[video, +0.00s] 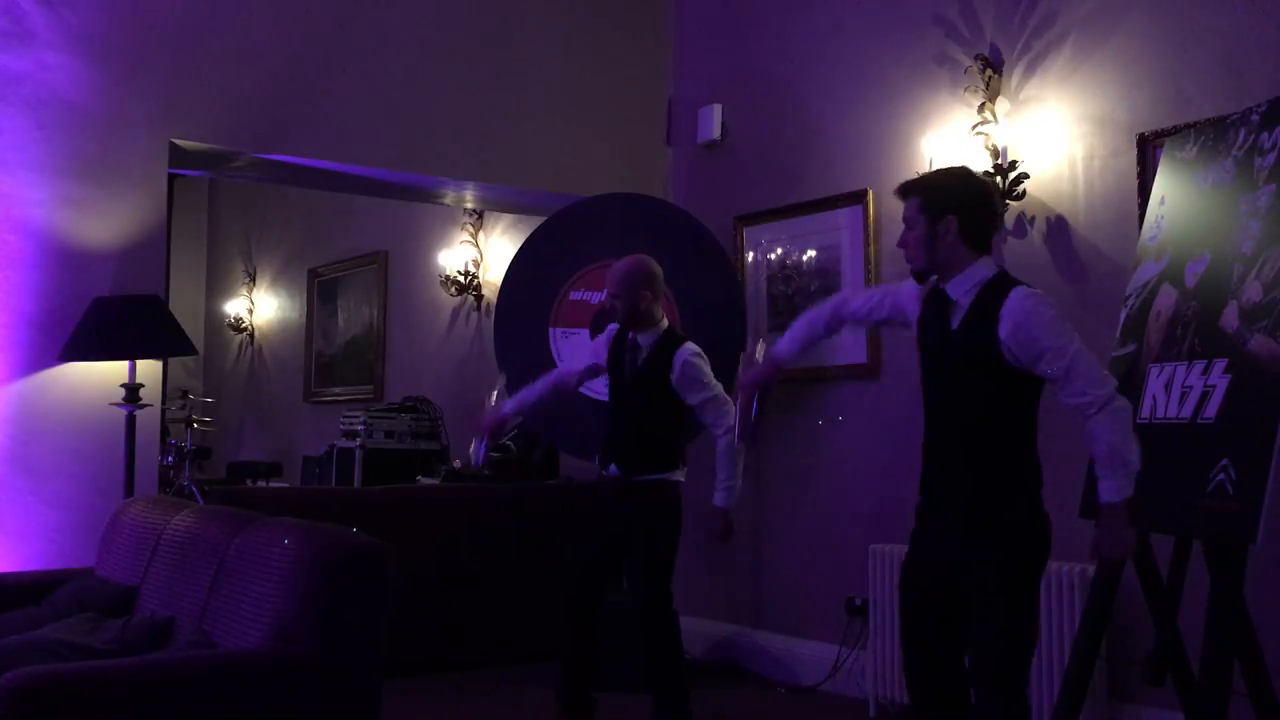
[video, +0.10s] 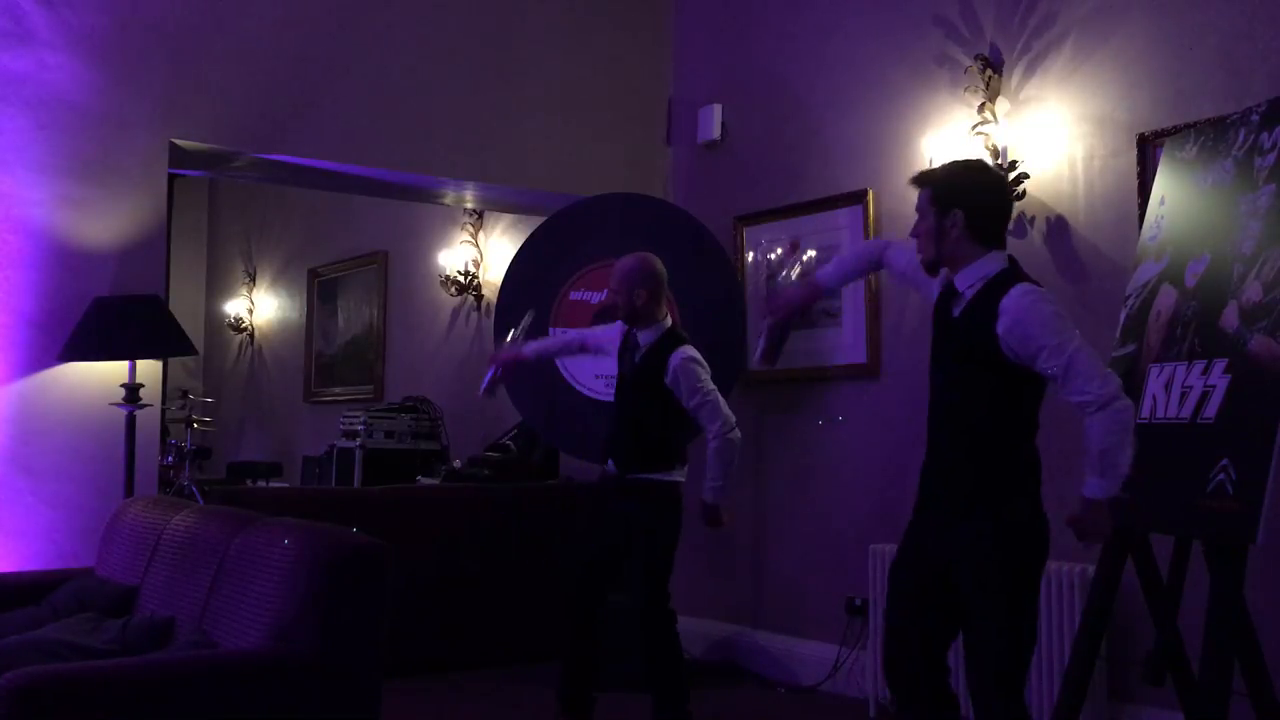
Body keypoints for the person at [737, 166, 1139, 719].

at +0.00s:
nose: (900, 239)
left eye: (910, 225)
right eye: (902, 226)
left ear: (949, 231)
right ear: (945, 233)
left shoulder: (1021, 310)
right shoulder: (921, 300)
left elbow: (1105, 404)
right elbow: (840, 308)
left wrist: (1114, 510)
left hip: (1004, 524)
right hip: (938, 518)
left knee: (997, 683)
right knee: (928, 677)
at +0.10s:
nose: (914, 230)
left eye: (922, 217)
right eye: (917, 217)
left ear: (956, 225)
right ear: (959, 226)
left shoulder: (1021, 306)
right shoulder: (948, 283)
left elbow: (1109, 402)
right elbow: (880, 250)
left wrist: (1099, 495)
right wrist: (809, 288)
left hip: (1002, 518)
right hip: (941, 510)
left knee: (994, 686)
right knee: (909, 667)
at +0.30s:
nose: (933, 222)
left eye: (943, 208)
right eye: (938, 207)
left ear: (971, 218)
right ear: (974, 220)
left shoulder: (1038, 305)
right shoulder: (963, 279)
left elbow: (1124, 402)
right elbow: (913, 275)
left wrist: (1067, 452)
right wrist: (877, 321)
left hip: (998, 512)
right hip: (935, 499)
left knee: (999, 678)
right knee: (884, 636)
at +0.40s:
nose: (940, 226)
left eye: (948, 213)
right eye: (943, 212)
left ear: (979, 224)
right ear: (980, 226)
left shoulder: (1052, 313)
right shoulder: (953, 283)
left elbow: (1114, 416)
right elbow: (909, 337)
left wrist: (1039, 440)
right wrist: (893, 385)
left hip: (999, 515)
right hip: (929, 502)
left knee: (1001, 680)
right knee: (886, 648)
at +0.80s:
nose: (887, 241)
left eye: (897, 227)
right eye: (889, 228)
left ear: (937, 233)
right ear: (934, 235)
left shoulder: (989, 320)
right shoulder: (918, 304)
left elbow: (1085, 406)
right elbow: (897, 381)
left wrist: (1086, 503)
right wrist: (857, 436)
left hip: (970, 530)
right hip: (910, 520)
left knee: (966, 686)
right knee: (875, 668)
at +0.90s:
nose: (873, 250)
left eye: (882, 235)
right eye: (874, 236)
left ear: (922, 238)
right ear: (920, 240)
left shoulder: (954, 321)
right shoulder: (916, 311)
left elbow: (1037, 416)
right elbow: (898, 395)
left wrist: (1062, 528)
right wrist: (849, 450)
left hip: (951, 532)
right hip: (915, 522)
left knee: (915, 684)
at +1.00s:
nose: (864, 262)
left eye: (873, 247)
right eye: (865, 249)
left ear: (912, 249)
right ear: (908, 252)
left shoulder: (929, 332)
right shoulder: (923, 321)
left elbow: (977, 439)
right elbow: (905, 424)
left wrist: (988, 546)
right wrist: (848, 471)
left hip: (928, 549)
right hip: (926, 541)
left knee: (882, 691)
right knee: (889, 689)